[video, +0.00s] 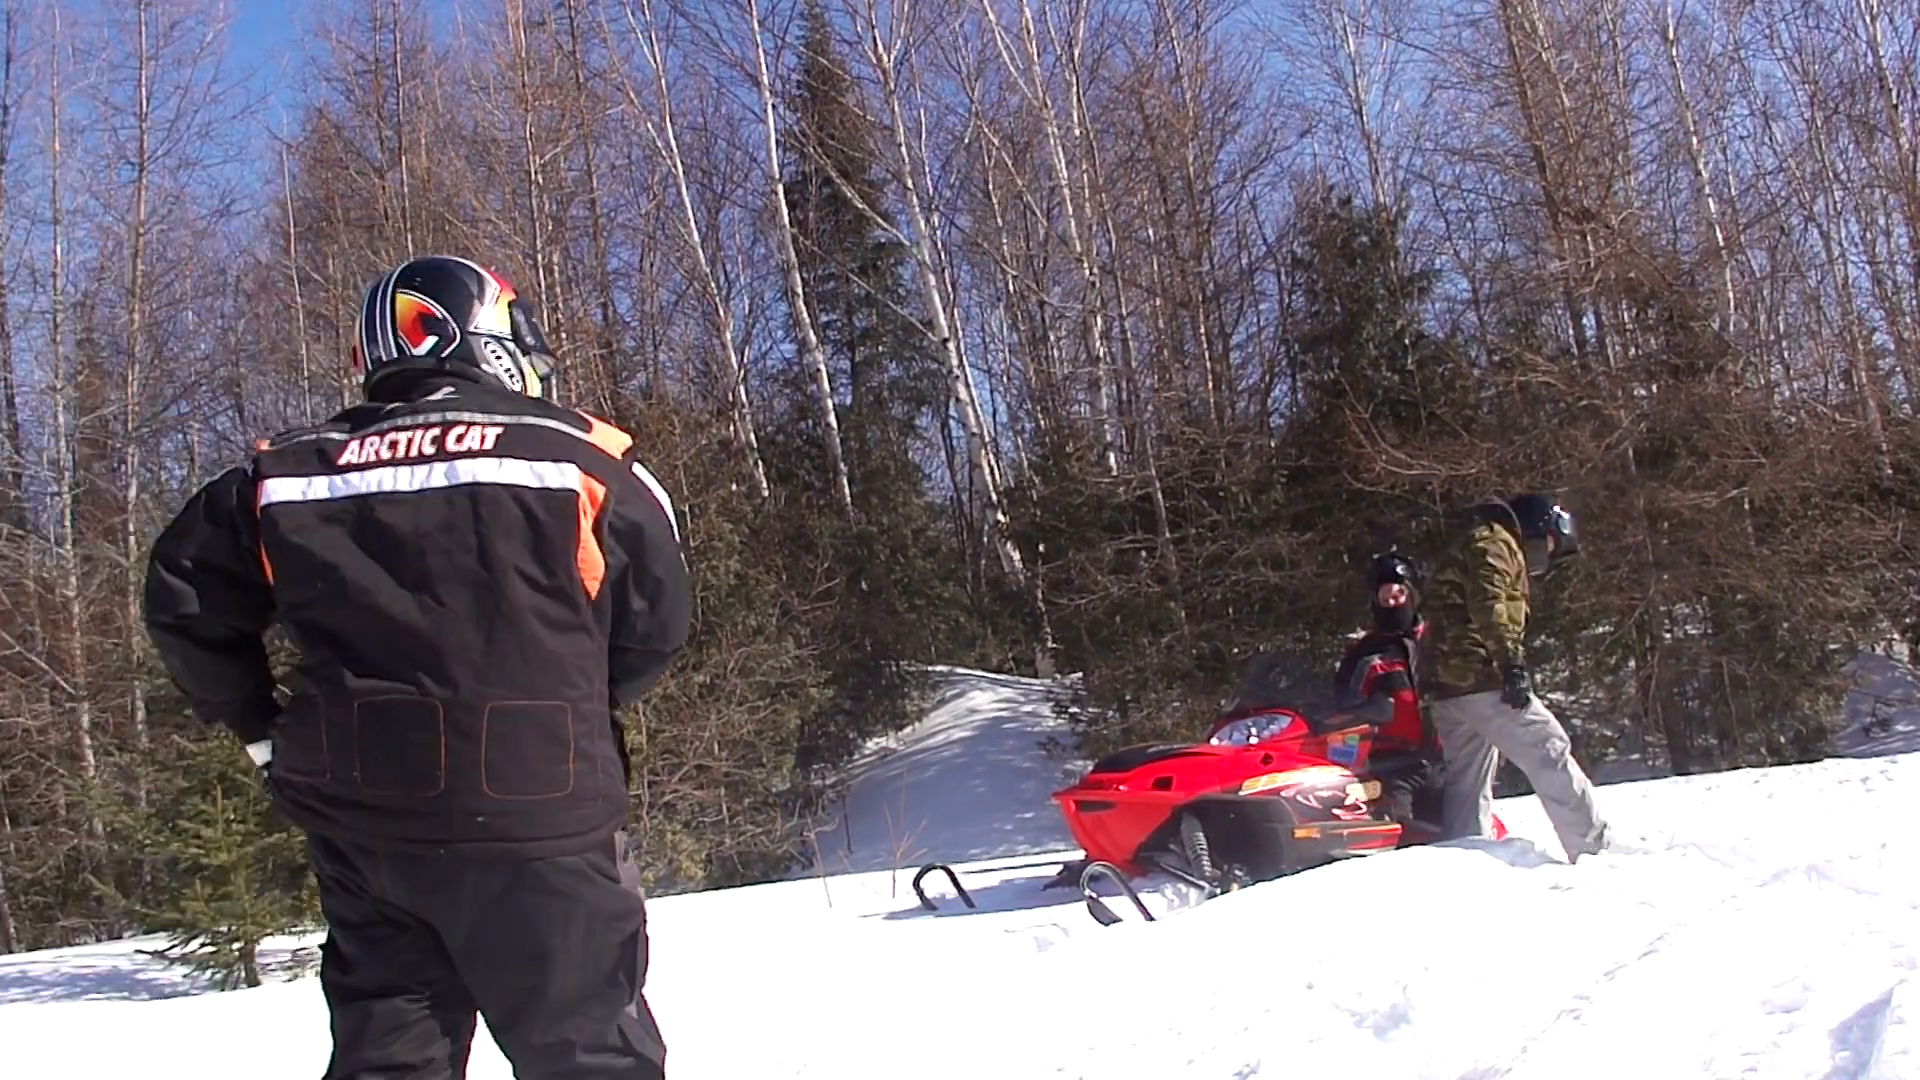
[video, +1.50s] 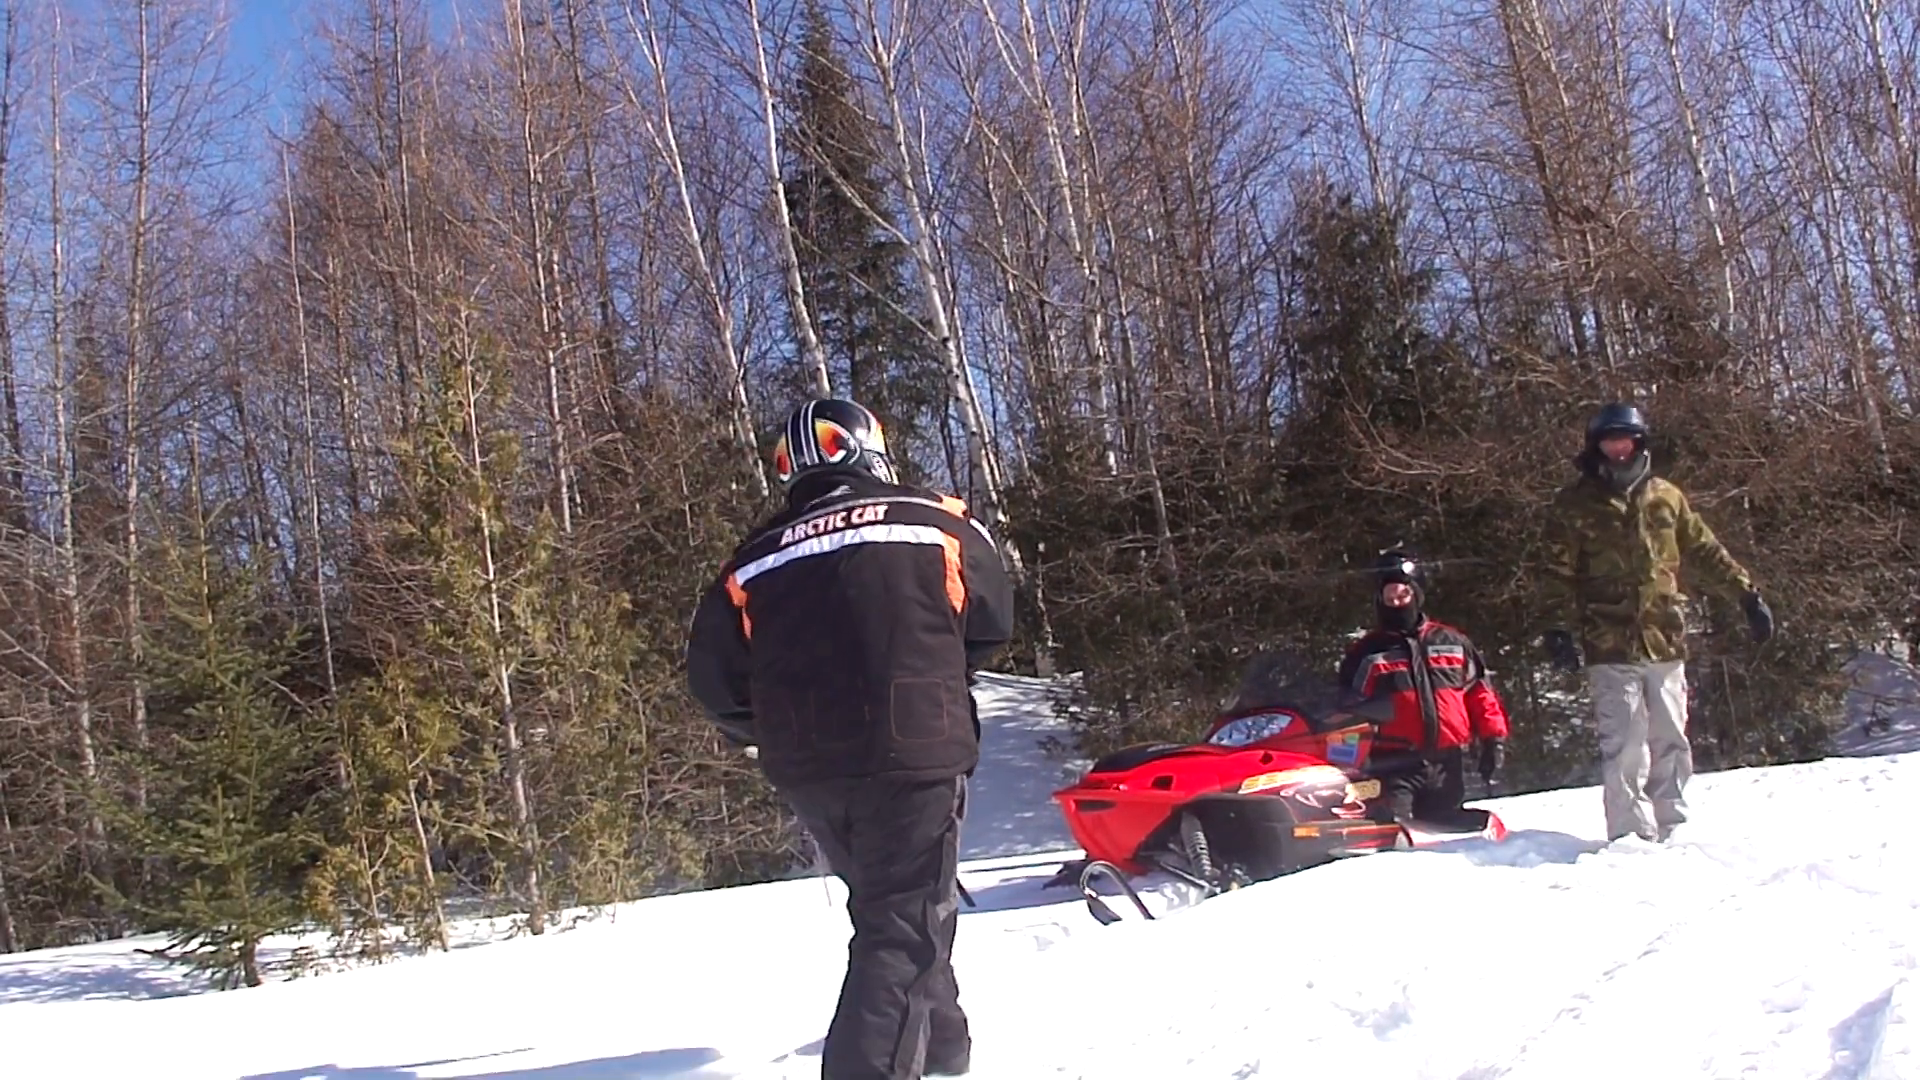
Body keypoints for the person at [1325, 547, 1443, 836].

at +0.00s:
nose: (1393, 603)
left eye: (1400, 595)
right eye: (1385, 596)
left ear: (1415, 597)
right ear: (1374, 601)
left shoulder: (1436, 643)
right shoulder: (1363, 652)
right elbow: (1343, 705)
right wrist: (1372, 708)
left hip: (1442, 760)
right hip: (1389, 765)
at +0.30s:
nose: (1396, 602)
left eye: (1403, 593)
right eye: (1389, 594)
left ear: (1416, 595)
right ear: (1377, 599)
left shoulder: (1452, 643)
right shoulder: (1365, 654)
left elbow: (1464, 698)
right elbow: (1346, 714)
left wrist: (1473, 741)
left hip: (1449, 766)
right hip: (1395, 769)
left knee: (1444, 828)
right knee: (1393, 830)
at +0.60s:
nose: (1399, 601)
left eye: (1405, 593)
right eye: (1391, 594)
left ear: (1418, 594)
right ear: (1379, 599)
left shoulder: (1455, 644)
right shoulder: (1365, 654)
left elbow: (1480, 691)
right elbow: (1347, 714)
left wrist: (1495, 737)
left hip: (1450, 766)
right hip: (1395, 769)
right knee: (1391, 836)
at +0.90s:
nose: (1398, 602)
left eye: (1405, 594)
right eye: (1391, 595)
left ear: (1419, 594)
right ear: (1380, 599)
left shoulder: (1455, 644)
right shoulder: (1366, 653)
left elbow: (1481, 693)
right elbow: (1346, 712)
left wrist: (1493, 739)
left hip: (1448, 763)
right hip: (1395, 765)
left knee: (1445, 824)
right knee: (1393, 825)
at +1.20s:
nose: (1398, 601)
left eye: (1405, 593)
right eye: (1391, 594)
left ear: (1418, 594)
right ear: (1379, 598)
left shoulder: (1455, 643)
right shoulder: (1365, 654)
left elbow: (1480, 692)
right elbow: (1346, 713)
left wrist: (1493, 738)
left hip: (1448, 765)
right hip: (1394, 767)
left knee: (1444, 830)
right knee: (1392, 830)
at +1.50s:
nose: (1397, 602)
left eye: (1404, 594)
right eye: (1390, 595)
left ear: (1418, 595)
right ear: (1379, 599)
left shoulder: (1454, 643)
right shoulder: (1366, 653)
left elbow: (1480, 692)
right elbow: (1346, 712)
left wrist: (1493, 738)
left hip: (1447, 763)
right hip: (1394, 766)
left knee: (1442, 825)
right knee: (1393, 828)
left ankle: (1486, 824)